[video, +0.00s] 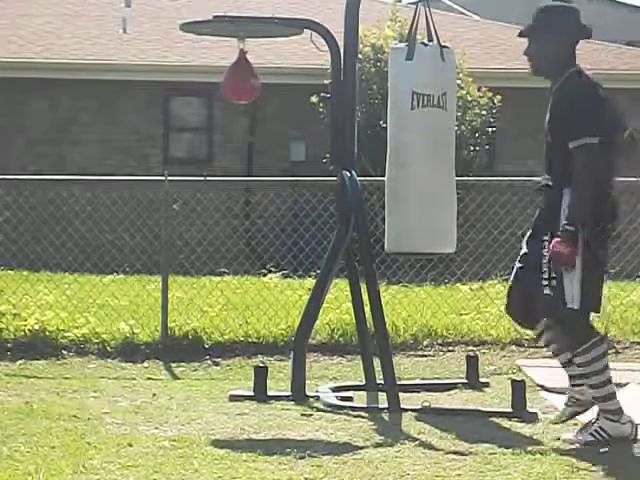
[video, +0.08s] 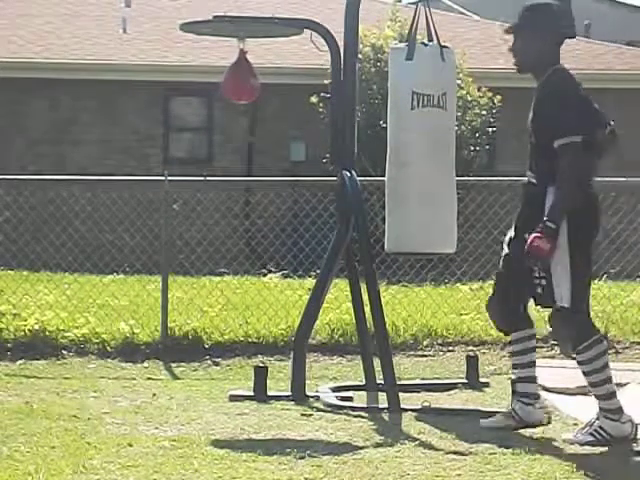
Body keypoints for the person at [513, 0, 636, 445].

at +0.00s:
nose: (525, 50)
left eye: (533, 41)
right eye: (527, 41)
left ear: (559, 44)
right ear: (558, 45)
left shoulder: (575, 92)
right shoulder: (567, 90)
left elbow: (589, 170)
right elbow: (570, 169)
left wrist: (572, 232)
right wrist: (548, 225)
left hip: (577, 219)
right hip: (559, 214)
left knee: (568, 316)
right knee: (535, 306)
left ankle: (612, 416)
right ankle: (583, 385)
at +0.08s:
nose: (510, 45)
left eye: (518, 37)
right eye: (513, 37)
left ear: (544, 41)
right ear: (544, 42)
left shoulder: (555, 86)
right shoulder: (558, 84)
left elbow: (572, 165)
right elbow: (606, 135)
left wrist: (550, 227)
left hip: (566, 212)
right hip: (541, 207)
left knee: (569, 316)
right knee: (508, 303)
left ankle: (614, 417)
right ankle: (527, 405)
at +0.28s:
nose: (465, 53)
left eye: (473, 45)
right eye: (466, 45)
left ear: (498, 51)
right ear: (495, 52)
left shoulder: (515, 96)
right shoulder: (500, 96)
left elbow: (530, 167)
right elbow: (556, 139)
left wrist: (508, 230)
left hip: (508, 226)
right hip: (488, 224)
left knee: (505, 326)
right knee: (471, 319)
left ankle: (587, 398)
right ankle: (490, 416)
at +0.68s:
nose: (390, 50)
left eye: (400, 41)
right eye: (391, 41)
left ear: (427, 47)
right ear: (404, 47)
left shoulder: (439, 98)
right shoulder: (422, 98)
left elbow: (454, 173)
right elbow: (418, 173)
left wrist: (445, 234)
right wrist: (397, 230)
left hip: (420, 218)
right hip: (421, 217)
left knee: (383, 313)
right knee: (435, 314)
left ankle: (390, 415)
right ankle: (482, 406)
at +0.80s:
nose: (364, 49)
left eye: (371, 40)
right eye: (365, 40)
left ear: (397, 43)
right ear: (389, 45)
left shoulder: (408, 93)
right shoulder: (395, 94)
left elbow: (427, 161)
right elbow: (396, 164)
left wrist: (419, 228)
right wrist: (365, 196)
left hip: (397, 213)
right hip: (389, 210)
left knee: (368, 313)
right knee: (374, 312)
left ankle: (389, 417)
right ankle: (448, 383)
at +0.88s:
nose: (346, 51)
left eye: (354, 44)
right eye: (347, 43)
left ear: (378, 48)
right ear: (369, 49)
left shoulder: (390, 94)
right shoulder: (377, 94)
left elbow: (408, 166)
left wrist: (391, 233)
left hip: (384, 216)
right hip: (367, 212)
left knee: (359, 312)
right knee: (327, 306)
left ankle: (388, 418)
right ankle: (409, 371)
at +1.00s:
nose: (325, 47)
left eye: (333, 40)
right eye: (325, 39)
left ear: (357, 43)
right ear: (341, 43)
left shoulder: (367, 87)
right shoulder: (353, 86)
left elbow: (383, 154)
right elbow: (405, 143)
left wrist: (359, 220)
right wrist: (348, 172)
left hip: (367, 208)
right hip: (343, 204)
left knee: (362, 313)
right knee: (302, 299)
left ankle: (389, 416)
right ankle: (345, 391)